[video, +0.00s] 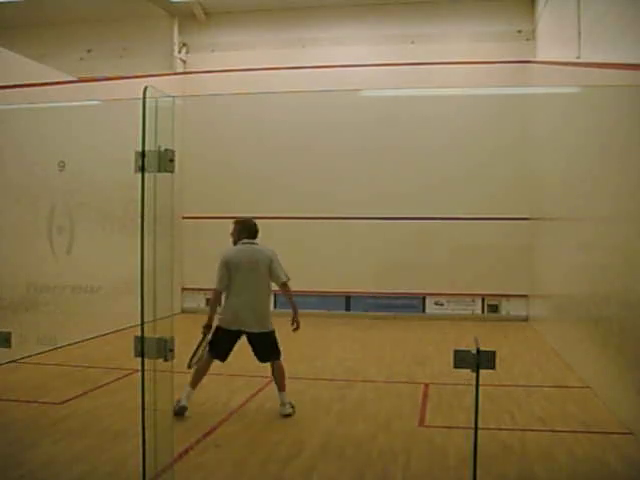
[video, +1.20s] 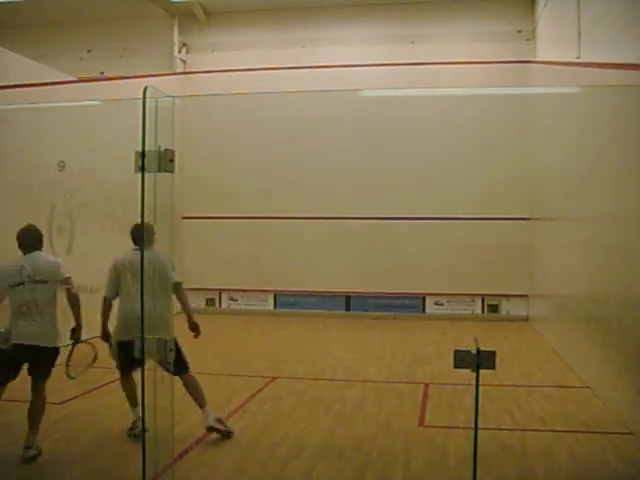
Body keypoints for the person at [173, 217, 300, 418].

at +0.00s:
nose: (230, 235)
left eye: (233, 231)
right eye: (232, 231)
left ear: (240, 234)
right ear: (254, 235)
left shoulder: (229, 256)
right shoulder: (268, 255)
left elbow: (217, 292)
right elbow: (284, 285)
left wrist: (209, 321)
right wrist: (294, 311)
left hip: (230, 319)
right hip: (260, 320)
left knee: (208, 356)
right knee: (275, 360)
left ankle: (185, 398)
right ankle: (284, 403)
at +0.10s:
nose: (211, 239)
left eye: (213, 235)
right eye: (212, 235)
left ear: (220, 238)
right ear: (234, 239)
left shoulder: (208, 260)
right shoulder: (247, 260)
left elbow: (197, 297)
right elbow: (262, 290)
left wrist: (188, 326)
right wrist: (274, 317)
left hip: (211, 324)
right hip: (240, 324)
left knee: (193, 363)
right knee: (263, 359)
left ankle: (179, 405)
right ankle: (280, 401)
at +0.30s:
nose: (184, 233)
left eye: (187, 229)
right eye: (186, 229)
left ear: (194, 232)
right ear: (208, 232)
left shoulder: (183, 255)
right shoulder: (223, 252)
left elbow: (175, 292)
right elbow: (238, 280)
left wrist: (168, 321)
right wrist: (246, 309)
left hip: (192, 320)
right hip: (221, 319)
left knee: (183, 362)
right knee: (239, 356)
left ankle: (178, 406)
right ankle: (249, 403)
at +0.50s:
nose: (173, 231)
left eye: (176, 227)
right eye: (174, 227)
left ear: (184, 230)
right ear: (196, 231)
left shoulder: (173, 254)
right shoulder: (213, 250)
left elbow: (165, 292)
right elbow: (232, 278)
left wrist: (161, 322)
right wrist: (241, 308)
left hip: (182, 321)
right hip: (209, 320)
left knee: (178, 363)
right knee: (223, 357)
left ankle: (177, 406)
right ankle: (224, 401)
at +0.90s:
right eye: (204, 229)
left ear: (185, 232)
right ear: (204, 232)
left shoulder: (170, 253)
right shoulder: (207, 252)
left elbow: (158, 289)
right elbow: (229, 282)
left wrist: (161, 318)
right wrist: (237, 312)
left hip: (169, 317)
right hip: (196, 316)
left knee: (168, 361)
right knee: (218, 360)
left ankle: (152, 404)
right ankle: (224, 415)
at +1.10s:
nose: (181, 248)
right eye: (180, 245)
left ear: (161, 248)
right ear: (180, 248)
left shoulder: (147, 271)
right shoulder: (186, 269)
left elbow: (133, 309)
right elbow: (204, 297)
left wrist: (137, 335)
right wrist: (221, 328)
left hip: (151, 335)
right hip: (181, 333)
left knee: (147, 374)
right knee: (210, 376)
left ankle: (141, 421)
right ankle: (228, 428)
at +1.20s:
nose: (155, 237)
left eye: (153, 233)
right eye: (154, 234)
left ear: (133, 239)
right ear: (151, 238)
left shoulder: (120, 263)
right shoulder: (163, 261)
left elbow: (108, 299)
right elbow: (178, 288)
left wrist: (104, 328)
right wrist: (190, 318)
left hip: (128, 332)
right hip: (160, 332)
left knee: (126, 372)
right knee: (184, 373)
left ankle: (137, 419)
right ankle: (208, 415)